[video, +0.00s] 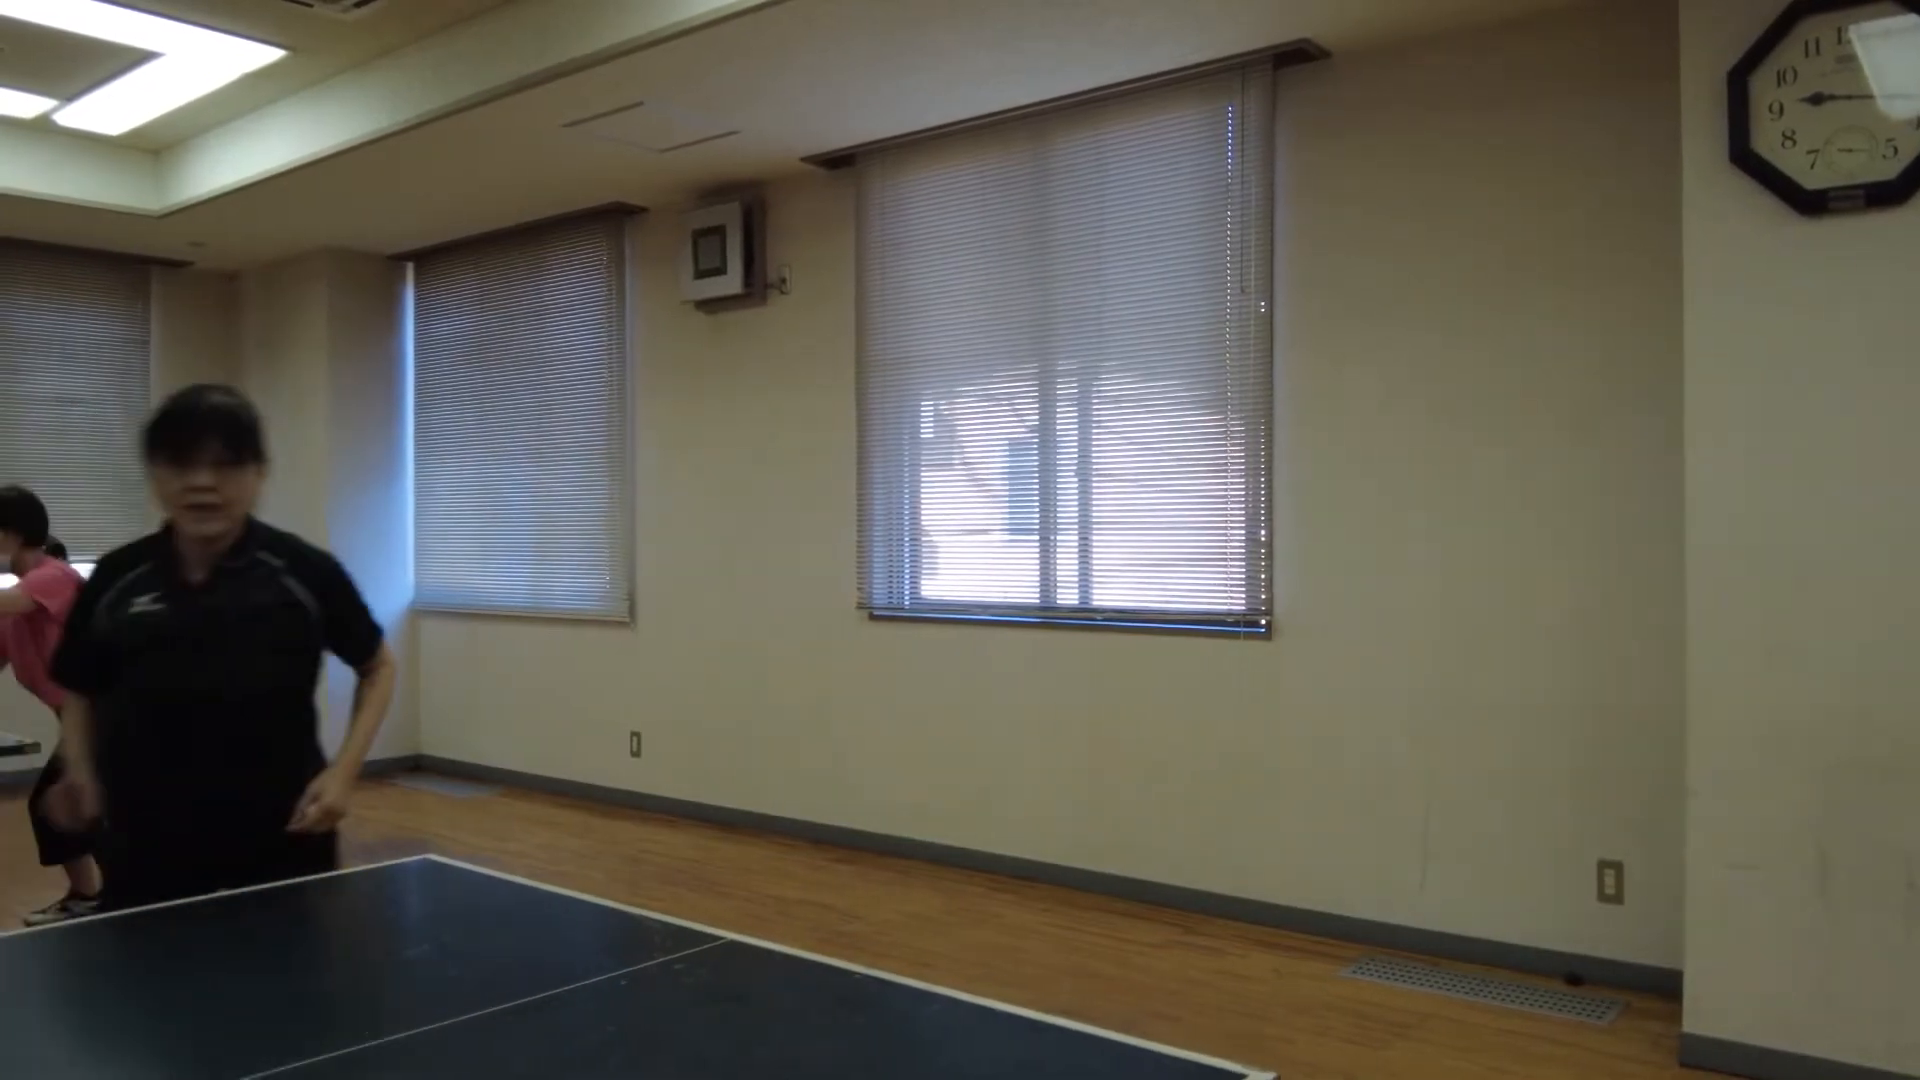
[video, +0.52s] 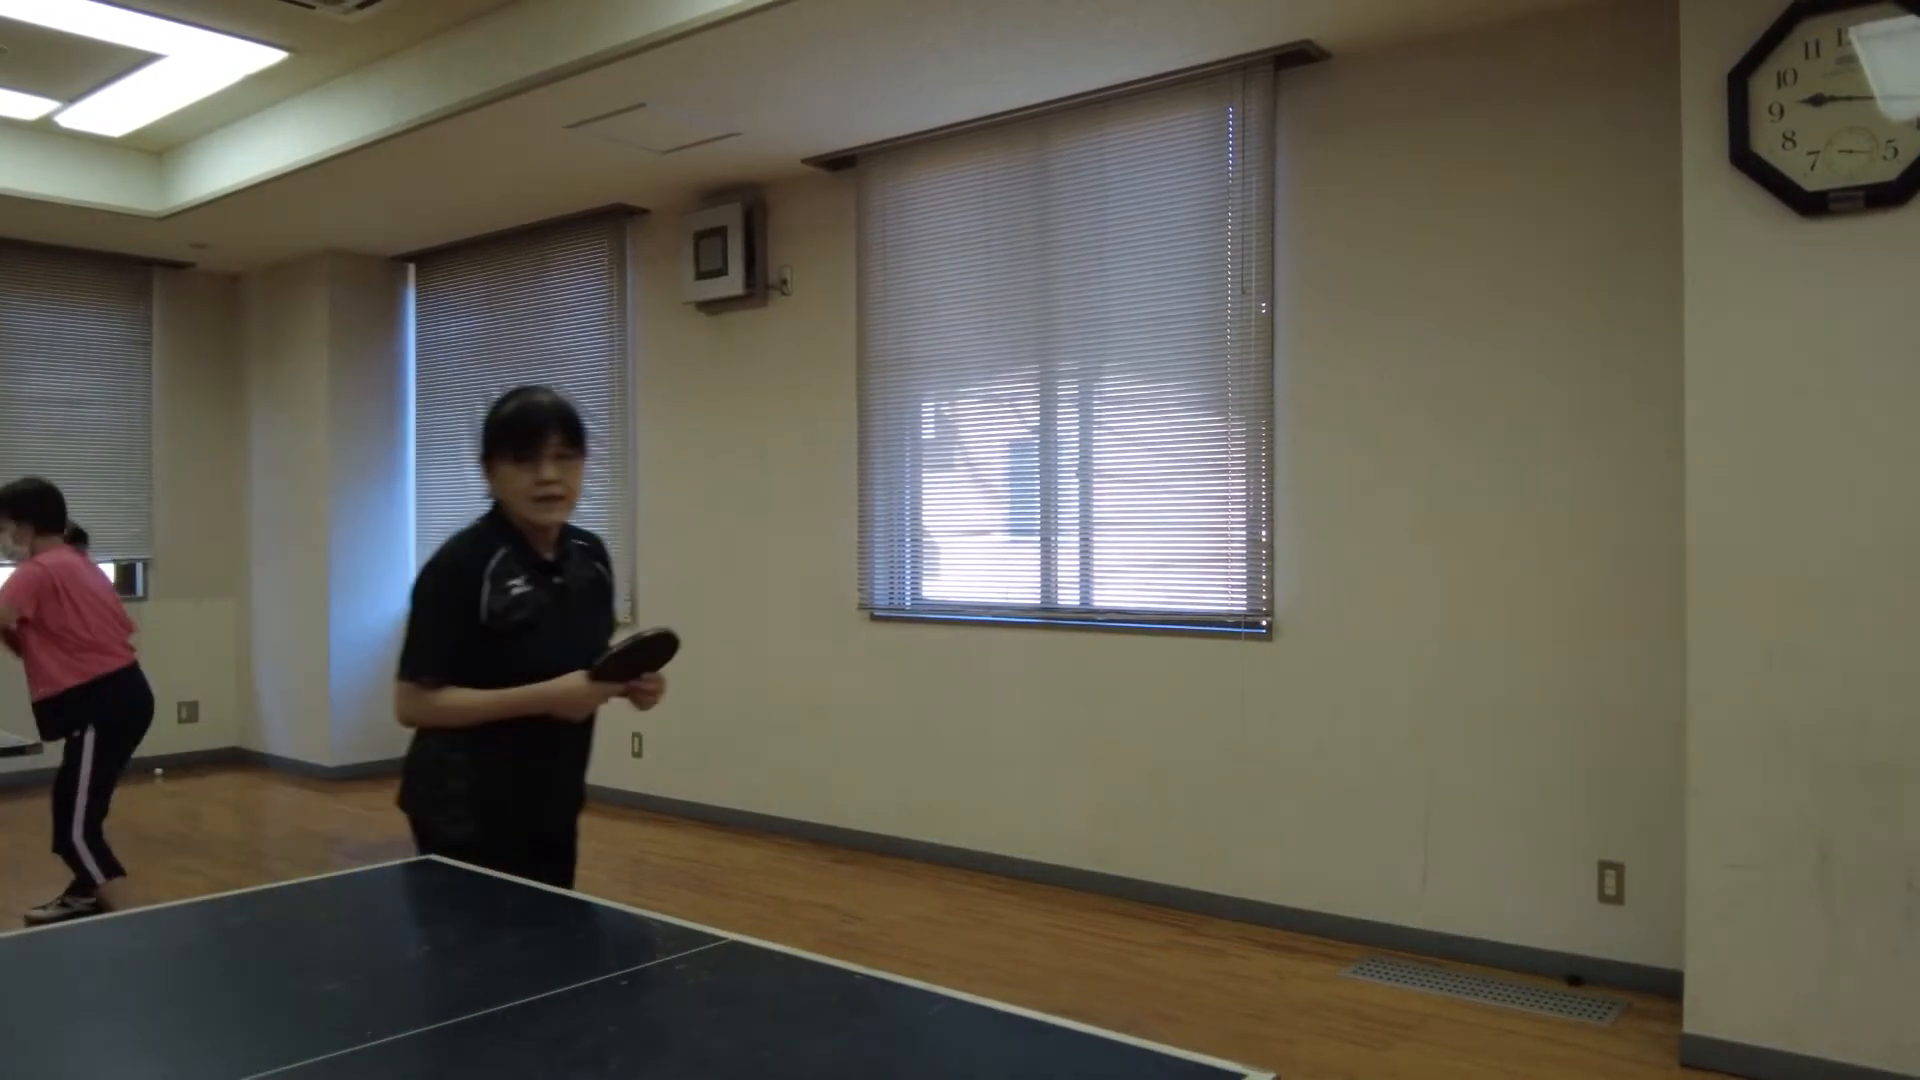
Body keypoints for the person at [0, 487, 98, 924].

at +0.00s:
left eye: (1, 535)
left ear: (21, 535)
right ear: (21, 537)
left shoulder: (54, 575)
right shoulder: (22, 591)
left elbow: (12, 603)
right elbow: (5, 656)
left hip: (99, 710)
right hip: (76, 714)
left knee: (51, 801)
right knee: (52, 801)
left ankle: (93, 890)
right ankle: (87, 891)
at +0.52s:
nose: (6, 534)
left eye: (9, 524)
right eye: (5, 524)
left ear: (28, 524)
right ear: (55, 521)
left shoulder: (35, 571)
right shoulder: (81, 564)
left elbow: (4, 618)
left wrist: (28, 647)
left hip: (98, 699)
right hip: (125, 689)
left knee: (76, 812)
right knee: (73, 798)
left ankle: (105, 902)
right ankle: (85, 890)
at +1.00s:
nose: (14, 541)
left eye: (19, 529)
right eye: (12, 532)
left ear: (43, 529)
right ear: (33, 532)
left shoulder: (72, 579)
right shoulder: (50, 588)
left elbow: (28, 639)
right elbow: (25, 666)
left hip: (136, 707)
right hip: (102, 716)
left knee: (100, 810)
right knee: (69, 798)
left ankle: (112, 899)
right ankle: (98, 891)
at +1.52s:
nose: (12, 546)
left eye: (12, 536)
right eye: (9, 537)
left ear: (33, 526)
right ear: (58, 520)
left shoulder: (48, 567)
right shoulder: (94, 557)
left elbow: (7, 610)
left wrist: (44, 630)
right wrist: (25, 623)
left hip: (113, 704)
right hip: (134, 695)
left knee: (91, 825)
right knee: (87, 815)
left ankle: (135, 927)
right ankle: (87, 888)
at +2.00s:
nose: (28, 536)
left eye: (32, 524)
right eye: (26, 527)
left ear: (60, 524)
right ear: (56, 528)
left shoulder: (87, 579)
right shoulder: (64, 586)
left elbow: (46, 641)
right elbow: (49, 667)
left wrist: (1, 618)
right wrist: (1, 674)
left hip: (142, 711)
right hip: (111, 716)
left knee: (99, 816)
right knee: (76, 801)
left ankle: (125, 914)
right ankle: (106, 898)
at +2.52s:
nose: (18, 543)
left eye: (18, 533)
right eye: (15, 535)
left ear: (36, 526)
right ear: (63, 521)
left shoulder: (60, 565)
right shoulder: (94, 560)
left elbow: (0, 600)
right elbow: (64, 635)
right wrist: (14, 622)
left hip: (126, 701)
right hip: (143, 695)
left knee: (99, 821)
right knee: (103, 810)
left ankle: (133, 922)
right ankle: (107, 892)